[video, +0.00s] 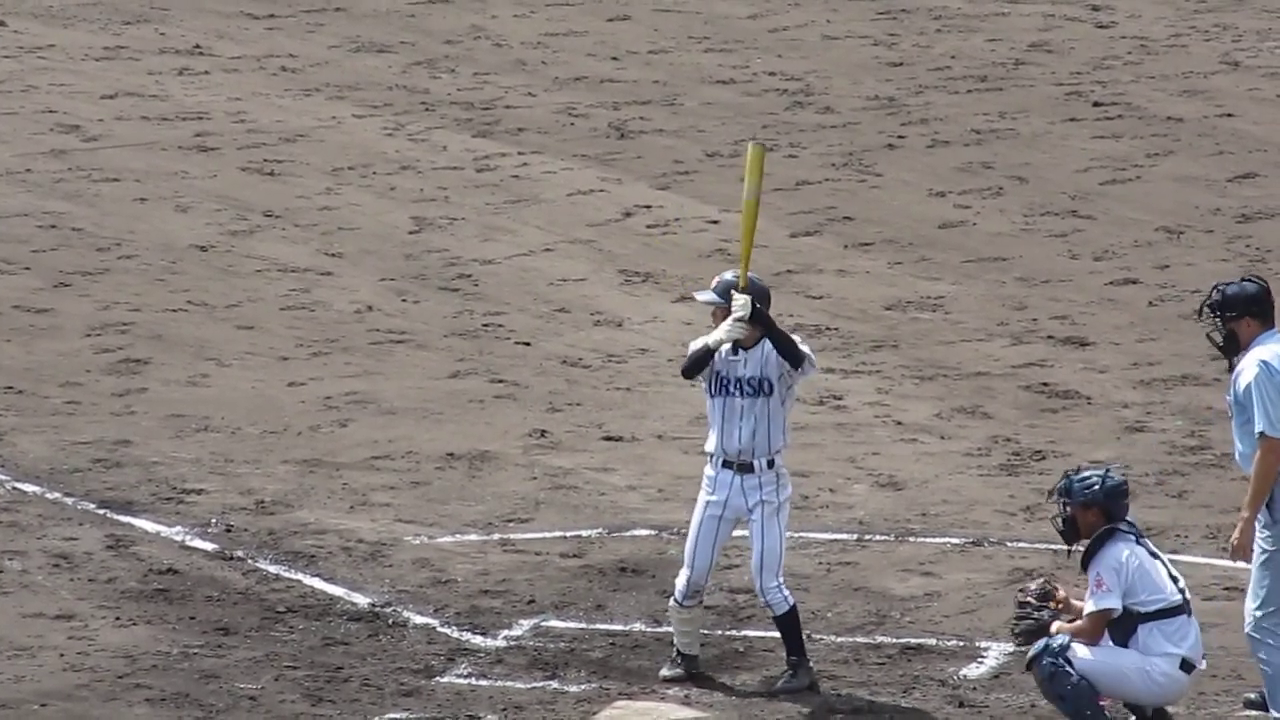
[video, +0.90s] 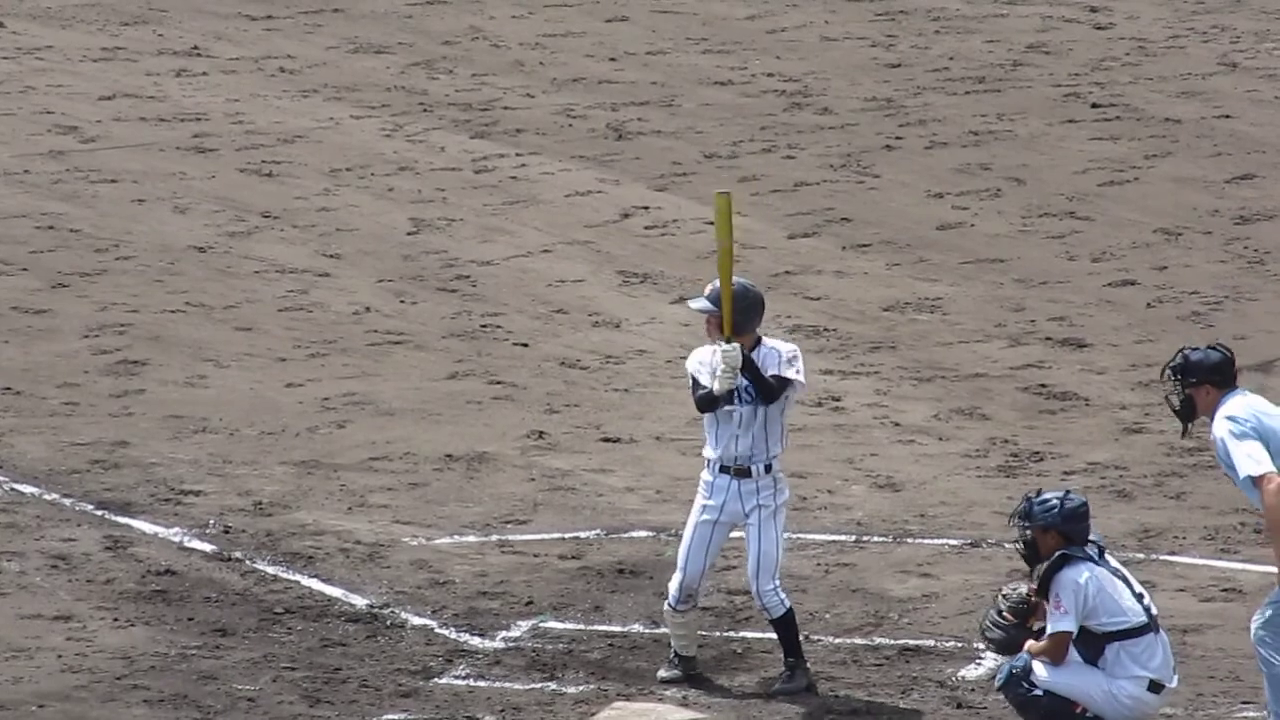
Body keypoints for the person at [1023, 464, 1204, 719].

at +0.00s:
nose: (1066, 515)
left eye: (1072, 508)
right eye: (1067, 508)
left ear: (1094, 513)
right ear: (1097, 512)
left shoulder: (1109, 555)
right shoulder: (1128, 538)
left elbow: (1090, 633)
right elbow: (1118, 617)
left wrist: (1057, 628)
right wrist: (1072, 606)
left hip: (1163, 675)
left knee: (1049, 657)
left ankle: (1094, 714)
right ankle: (1148, 711)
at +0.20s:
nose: (1055, 531)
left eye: (1060, 524)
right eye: (1055, 523)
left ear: (1080, 527)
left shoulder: (1093, 568)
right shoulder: (1124, 550)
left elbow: (1075, 644)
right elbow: (1111, 628)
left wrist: (1046, 639)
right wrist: (1064, 614)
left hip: (1148, 693)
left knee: (1032, 665)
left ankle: (1091, 715)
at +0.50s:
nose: (1032, 541)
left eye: (1036, 533)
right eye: (1032, 534)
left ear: (1057, 535)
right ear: (1079, 528)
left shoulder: (1074, 580)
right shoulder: (1101, 549)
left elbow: (1056, 655)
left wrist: (1031, 644)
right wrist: (1040, 607)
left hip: (1135, 694)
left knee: (1018, 675)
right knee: (1047, 632)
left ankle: (1081, 713)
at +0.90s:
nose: (1027, 538)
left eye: (1033, 532)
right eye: (1029, 531)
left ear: (1053, 537)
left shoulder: (1066, 577)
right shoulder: (1093, 552)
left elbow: (1055, 652)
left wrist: (1029, 645)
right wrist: (1041, 611)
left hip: (1133, 695)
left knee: (1017, 675)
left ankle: (1082, 712)